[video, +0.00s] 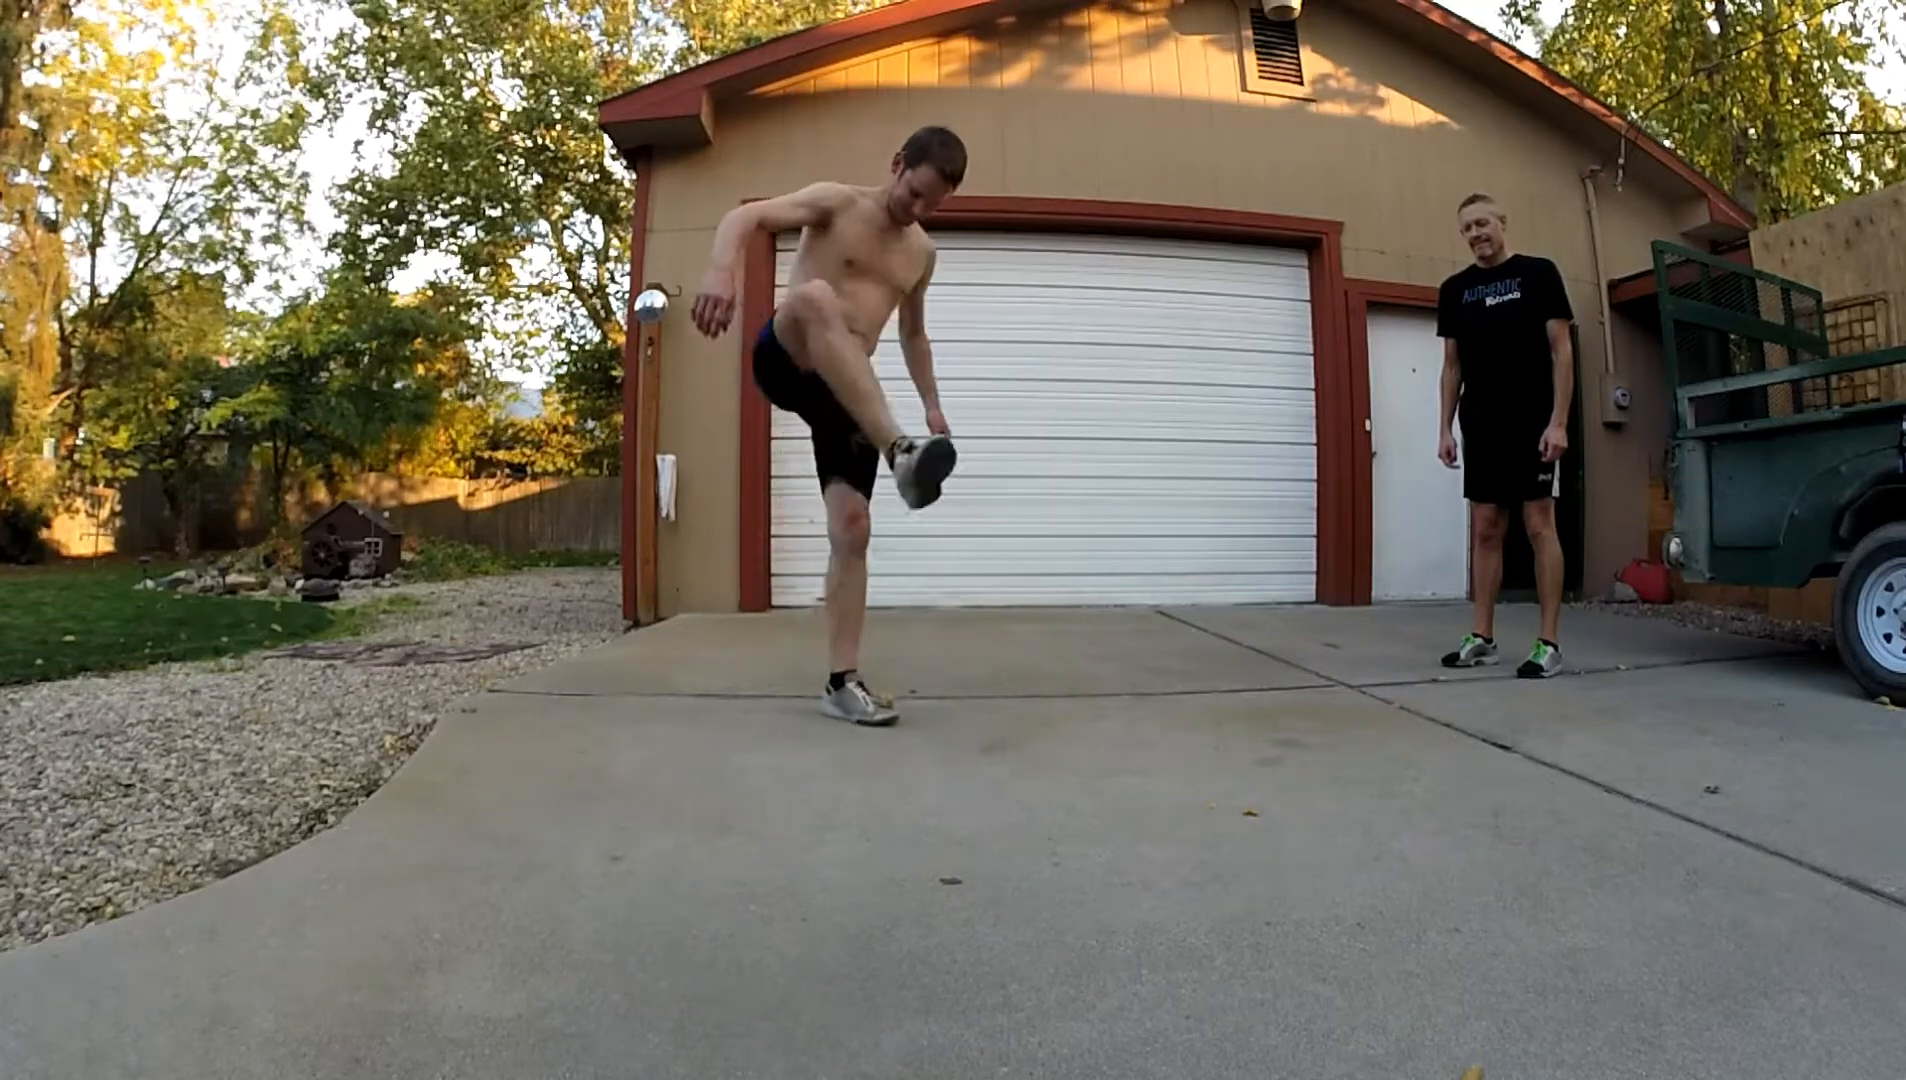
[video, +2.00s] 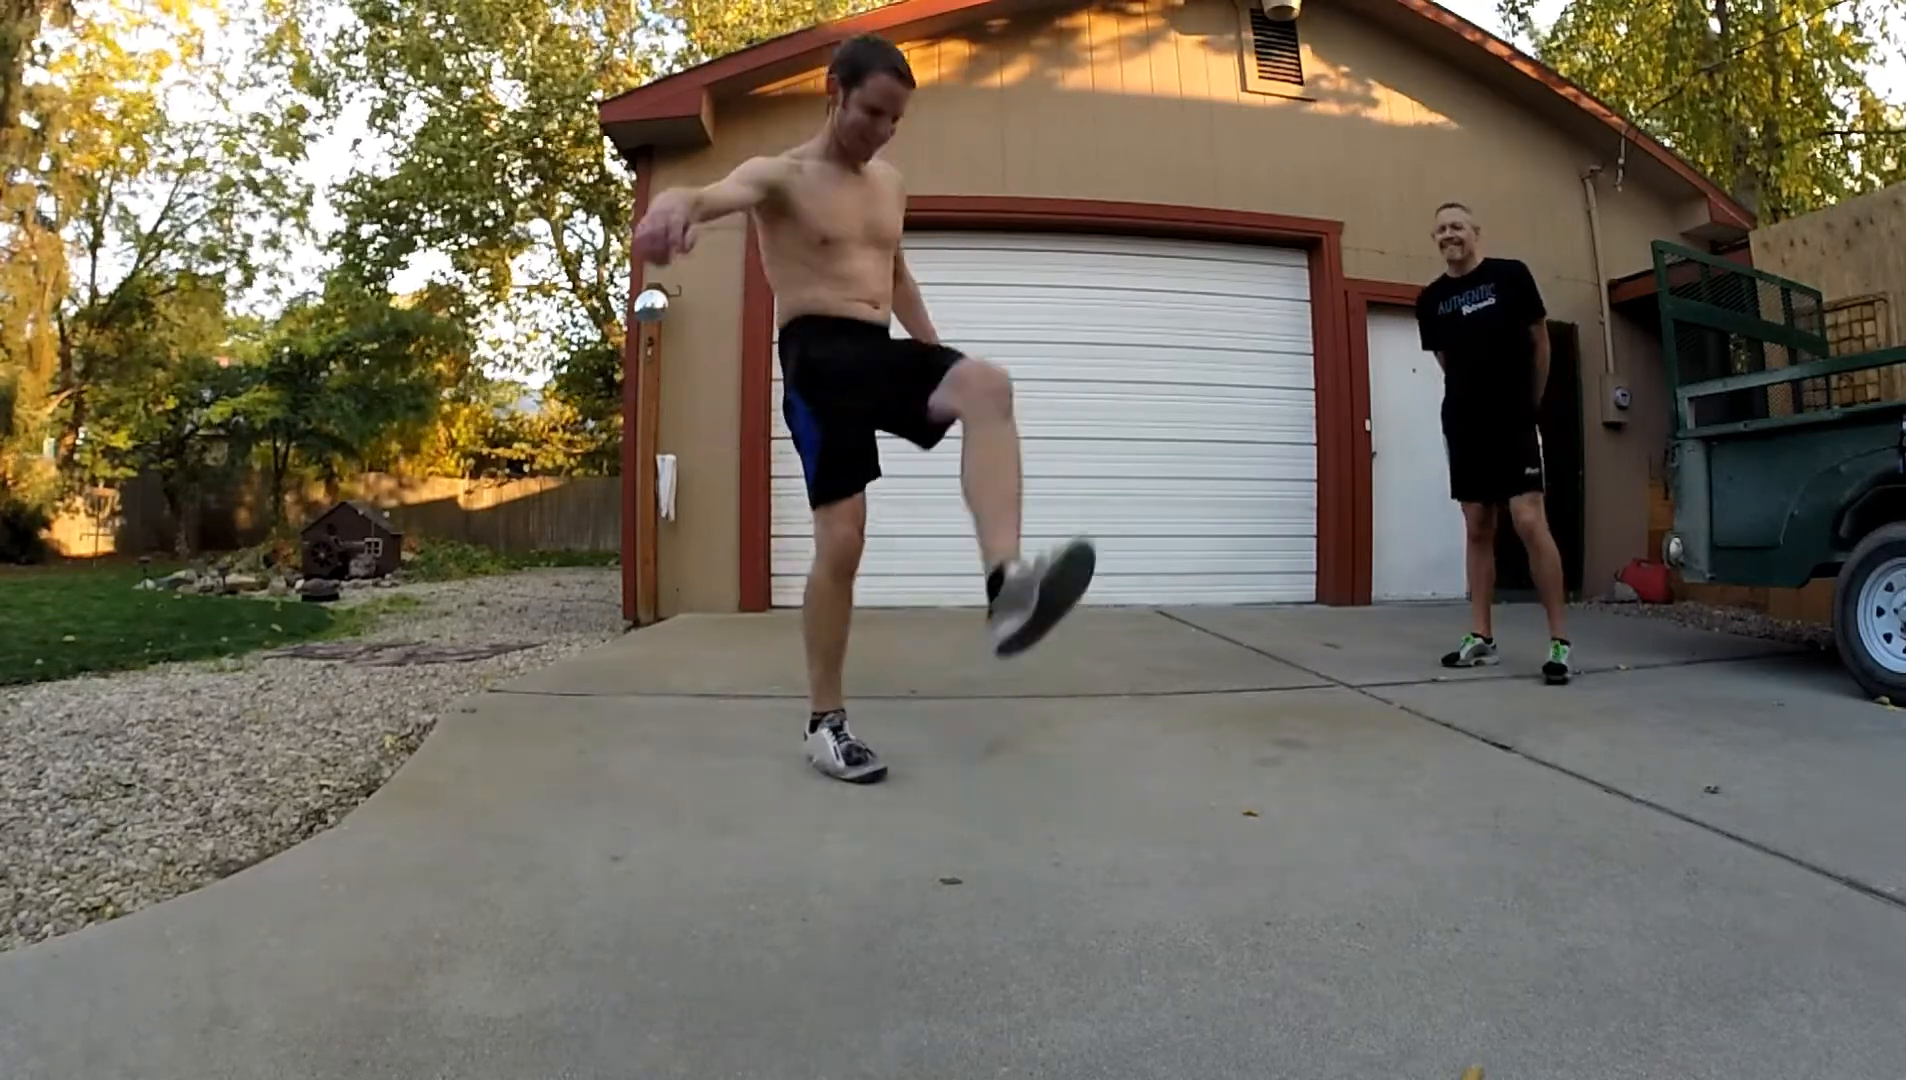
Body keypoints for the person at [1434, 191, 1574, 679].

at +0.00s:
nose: (1476, 232)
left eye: (1483, 223)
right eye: (1468, 227)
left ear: (1503, 225)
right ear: (1461, 236)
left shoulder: (1539, 273)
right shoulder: (1454, 290)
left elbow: (1562, 350)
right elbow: (1452, 364)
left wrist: (1558, 422)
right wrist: (1446, 428)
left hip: (1534, 420)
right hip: (1483, 423)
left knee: (1539, 527)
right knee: (1485, 529)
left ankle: (1549, 642)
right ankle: (1482, 636)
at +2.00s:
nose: (1448, 234)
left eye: (1455, 226)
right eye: (1440, 229)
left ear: (1476, 234)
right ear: (1434, 241)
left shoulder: (1511, 275)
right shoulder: (1430, 300)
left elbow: (1542, 346)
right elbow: (1447, 364)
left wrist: (1530, 402)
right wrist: (1477, 399)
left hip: (1514, 413)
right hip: (1465, 419)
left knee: (1529, 521)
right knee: (1478, 528)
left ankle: (1558, 641)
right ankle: (1481, 636)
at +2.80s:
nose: (1543, 211)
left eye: (1550, 202)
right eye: (1533, 205)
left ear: (1567, 207)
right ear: (1521, 213)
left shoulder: (1598, 264)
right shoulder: (1500, 268)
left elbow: (1606, 340)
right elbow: (1496, 336)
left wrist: (1588, 382)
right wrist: (1519, 375)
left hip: (1579, 409)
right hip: (1522, 409)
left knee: (1573, 523)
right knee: (1505, 527)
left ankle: (1572, 648)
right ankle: (1487, 628)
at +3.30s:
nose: (1566, 201)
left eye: (1575, 191)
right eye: (1557, 195)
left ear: (1597, 192)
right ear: (1549, 203)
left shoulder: (1628, 259)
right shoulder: (1530, 254)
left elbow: (1629, 339)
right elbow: (1517, 337)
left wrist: (1606, 377)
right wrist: (1547, 373)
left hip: (1607, 398)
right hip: (1552, 401)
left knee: (1592, 524)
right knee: (1576, 514)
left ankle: (1575, 649)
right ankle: (1582, 654)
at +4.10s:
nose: (1583, 159)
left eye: (1590, 145)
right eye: (1571, 153)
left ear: (1618, 141)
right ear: (1565, 163)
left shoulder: (1666, 204)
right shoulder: (1558, 226)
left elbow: (1680, 284)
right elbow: (1557, 319)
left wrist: (1645, 337)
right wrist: (1597, 356)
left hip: (1668, 377)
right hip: (1608, 386)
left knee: (1687, 524)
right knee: (1635, 522)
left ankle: (1649, 646)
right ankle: (1630, 670)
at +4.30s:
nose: (1585, 148)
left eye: (1591, 135)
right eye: (1574, 144)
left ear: (1621, 132)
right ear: (1569, 156)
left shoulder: (1677, 200)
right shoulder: (1563, 221)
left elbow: (1696, 288)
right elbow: (1568, 315)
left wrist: (1667, 341)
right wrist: (1612, 349)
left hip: (1682, 376)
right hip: (1617, 385)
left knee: (1723, 524)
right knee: (1642, 524)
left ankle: (1738, 668)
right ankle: (1631, 670)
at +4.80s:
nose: (1641, 131)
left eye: (1650, 116)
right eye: (1631, 126)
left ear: (1684, 119)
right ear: (1629, 143)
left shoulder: (1748, 176)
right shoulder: (1633, 214)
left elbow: (1787, 275)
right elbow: (1649, 303)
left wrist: (1772, 343)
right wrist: (1695, 345)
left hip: (1762, 376)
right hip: (1691, 385)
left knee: (1785, 527)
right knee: (1679, 534)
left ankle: (1815, 691)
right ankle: (1635, 671)